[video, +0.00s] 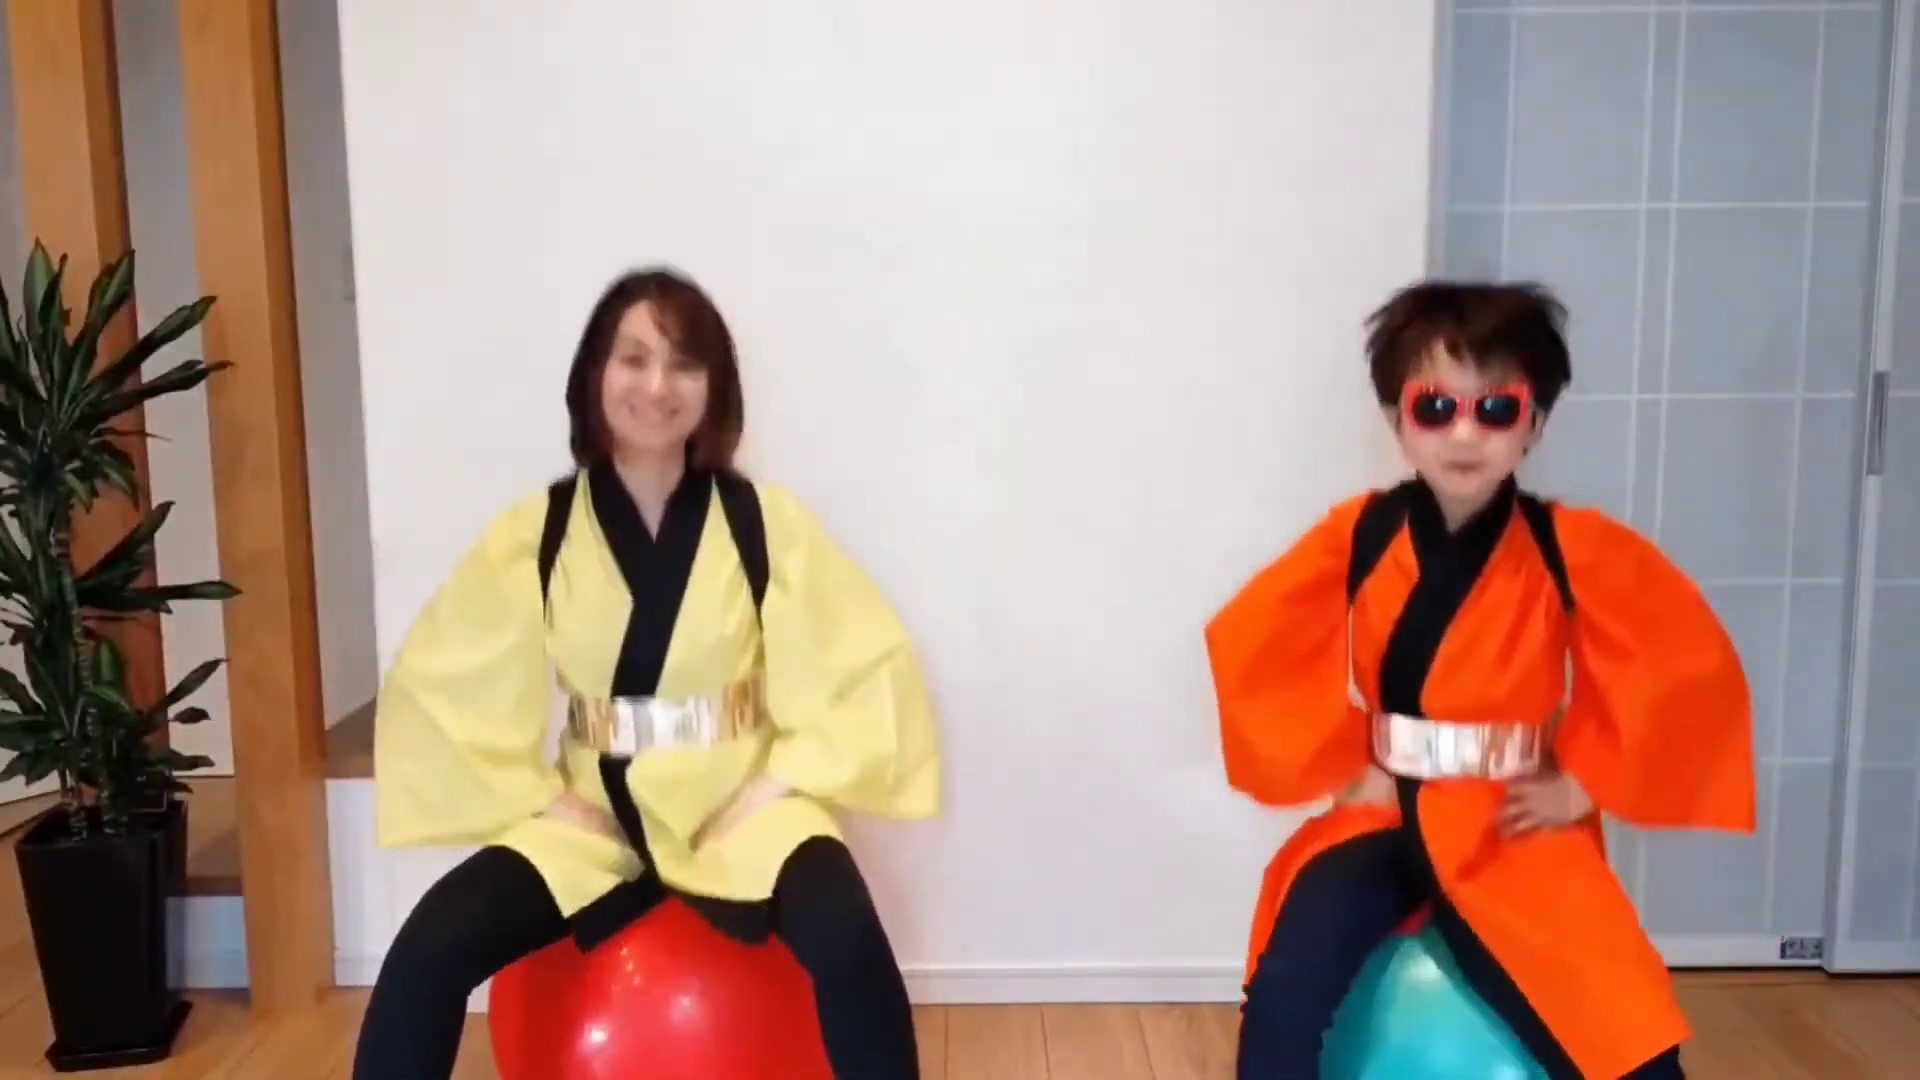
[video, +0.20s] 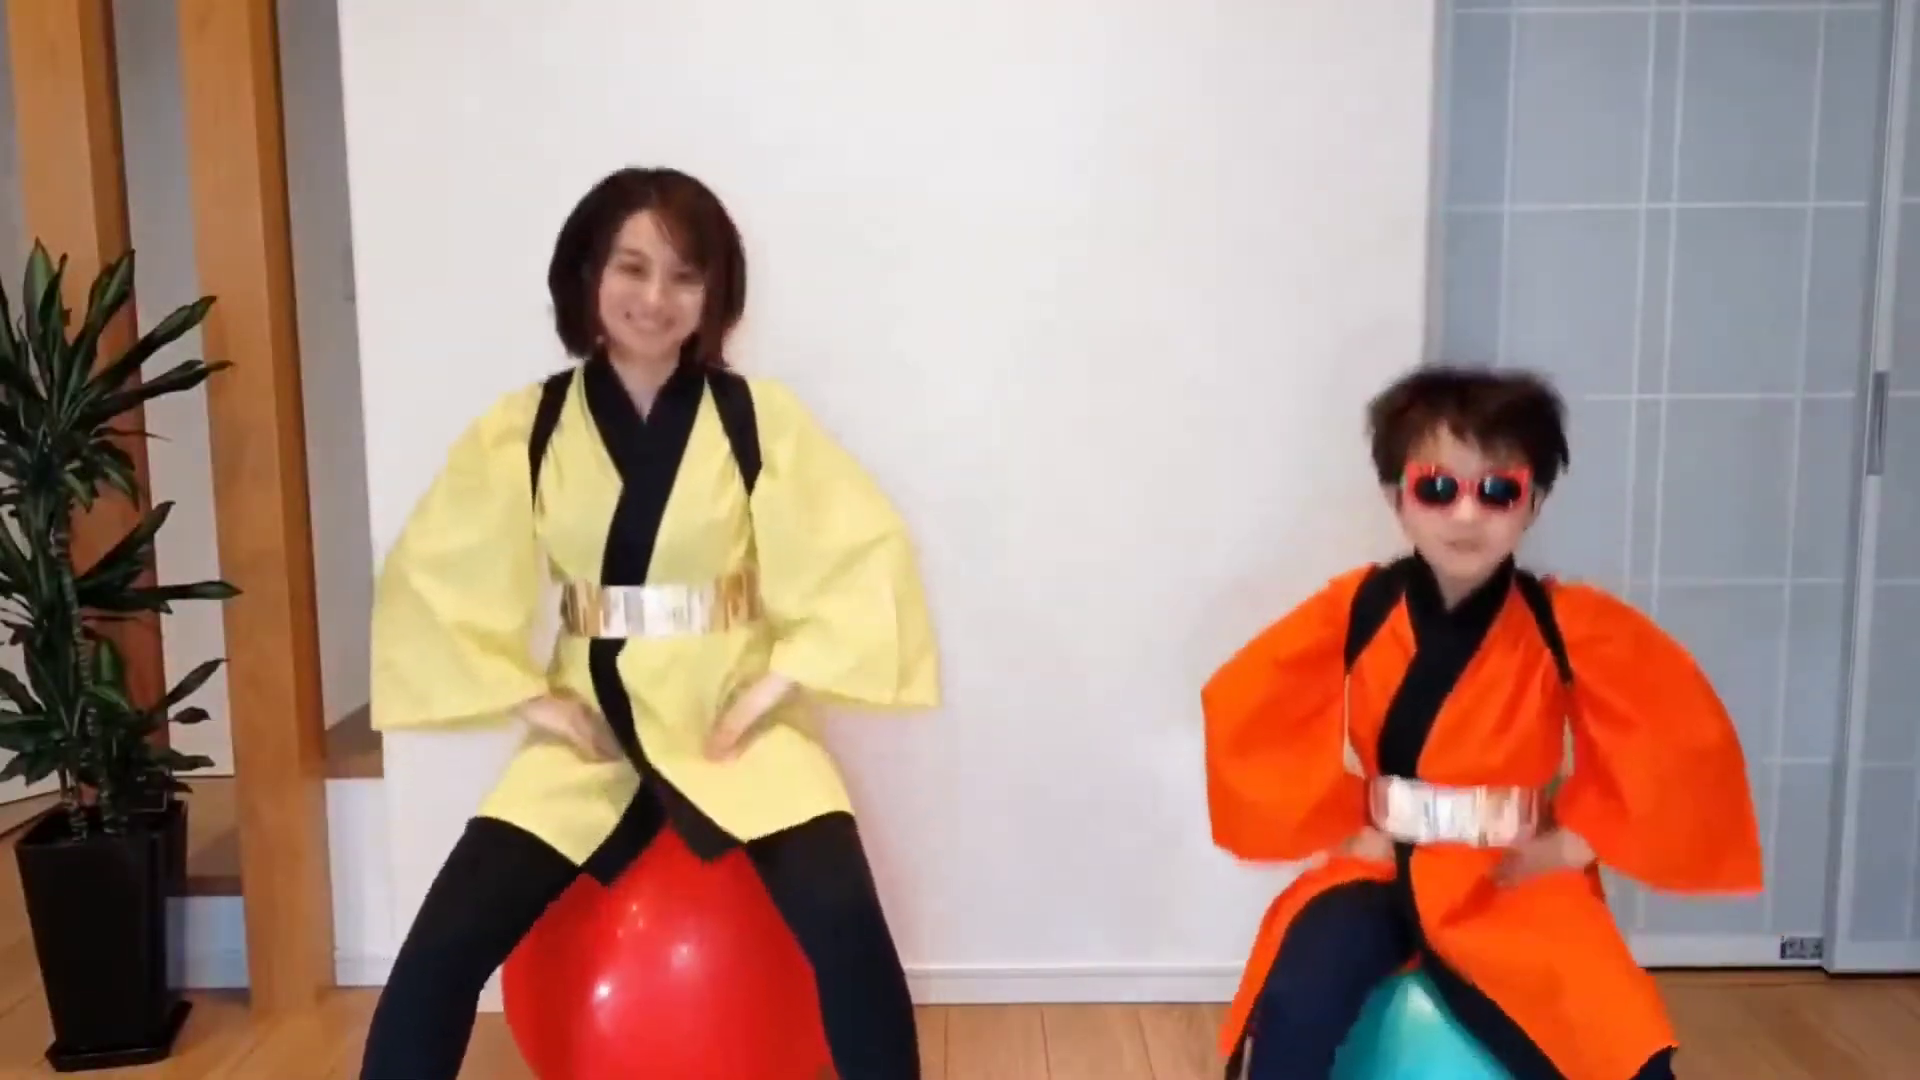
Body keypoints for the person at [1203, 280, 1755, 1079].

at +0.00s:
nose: (1465, 432)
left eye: (1497, 407)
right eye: (1436, 406)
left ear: (1535, 423)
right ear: (1397, 418)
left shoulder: (1575, 549)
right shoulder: (1360, 536)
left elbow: (1693, 677)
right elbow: (1247, 646)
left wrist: (1587, 785)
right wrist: (1346, 762)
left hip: (1521, 832)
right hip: (1381, 819)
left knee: (1634, 1041)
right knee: (1282, 994)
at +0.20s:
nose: (1466, 513)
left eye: (1497, 490)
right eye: (1438, 487)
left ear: (1531, 506)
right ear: (1397, 500)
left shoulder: (1567, 623)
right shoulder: (1361, 606)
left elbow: (1684, 745)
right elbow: (1240, 705)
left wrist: (1571, 844)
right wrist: (1342, 814)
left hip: (1513, 884)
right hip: (1380, 871)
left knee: (1621, 1040)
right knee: (1308, 970)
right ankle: (1275, 1066)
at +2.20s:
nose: (1462, 427)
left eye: (1494, 402)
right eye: (1432, 402)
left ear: (1527, 414)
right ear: (1392, 418)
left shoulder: (1566, 538)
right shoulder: (1352, 530)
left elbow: (1682, 644)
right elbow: (1232, 632)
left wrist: (1583, 759)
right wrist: (1327, 744)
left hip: (1509, 816)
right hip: (1374, 807)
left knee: (1598, 1017)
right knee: (1280, 961)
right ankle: (1265, 1064)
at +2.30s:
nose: (1459, 488)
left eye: (1490, 463)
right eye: (1429, 462)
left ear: (1522, 483)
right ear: (1389, 486)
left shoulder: (1561, 606)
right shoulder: (1355, 595)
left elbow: (1676, 715)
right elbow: (1231, 694)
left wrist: (1569, 834)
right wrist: (1335, 810)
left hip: (1505, 874)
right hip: (1369, 862)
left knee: (1600, 1049)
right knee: (1279, 987)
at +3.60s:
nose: (1474, 514)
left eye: (1507, 492)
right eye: (1445, 484)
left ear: (1535, 499)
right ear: (1394, 487)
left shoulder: (1558, 614)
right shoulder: (1350, 599)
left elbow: (1654, 706)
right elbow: (1236, 678)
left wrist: (1595, 792)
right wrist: (1304, 792)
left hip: (1495, 880)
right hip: (1358, 868)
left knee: (1593, 1052)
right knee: (1258, 1026)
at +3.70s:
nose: (1494, 470)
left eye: (1528, 449)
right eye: (1468, 439)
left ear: (1558, 443)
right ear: (1414, 421)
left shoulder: (1562, 538)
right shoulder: (1359, 520)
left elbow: (1694, 613)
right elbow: (1219, 578)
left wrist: (1672, 664)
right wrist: (1250, 662)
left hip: (1493, 820)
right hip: (1355, 809)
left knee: (1614, 1020)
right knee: (1255, 996)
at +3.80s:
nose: (1515, 484)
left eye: (1551, 463)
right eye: (1491, 449)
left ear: (1580, 454)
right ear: (1434, 420)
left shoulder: (1568, 539)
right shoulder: (1371, 511)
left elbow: (1690, 598)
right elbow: (1216, 549)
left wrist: (1699, 665)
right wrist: (1227, 606)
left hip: (1495, 812)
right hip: (1356, 799)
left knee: (1629, 977)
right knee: (1254, 969)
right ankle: (1248, 1071)